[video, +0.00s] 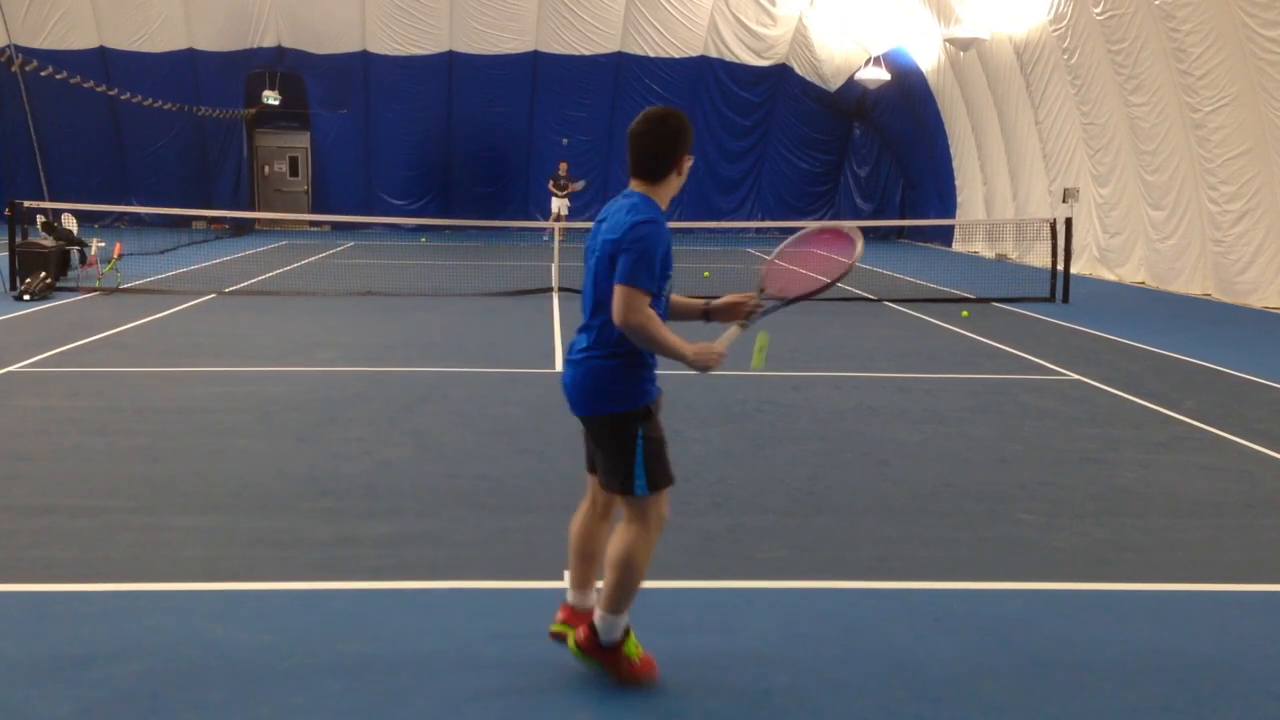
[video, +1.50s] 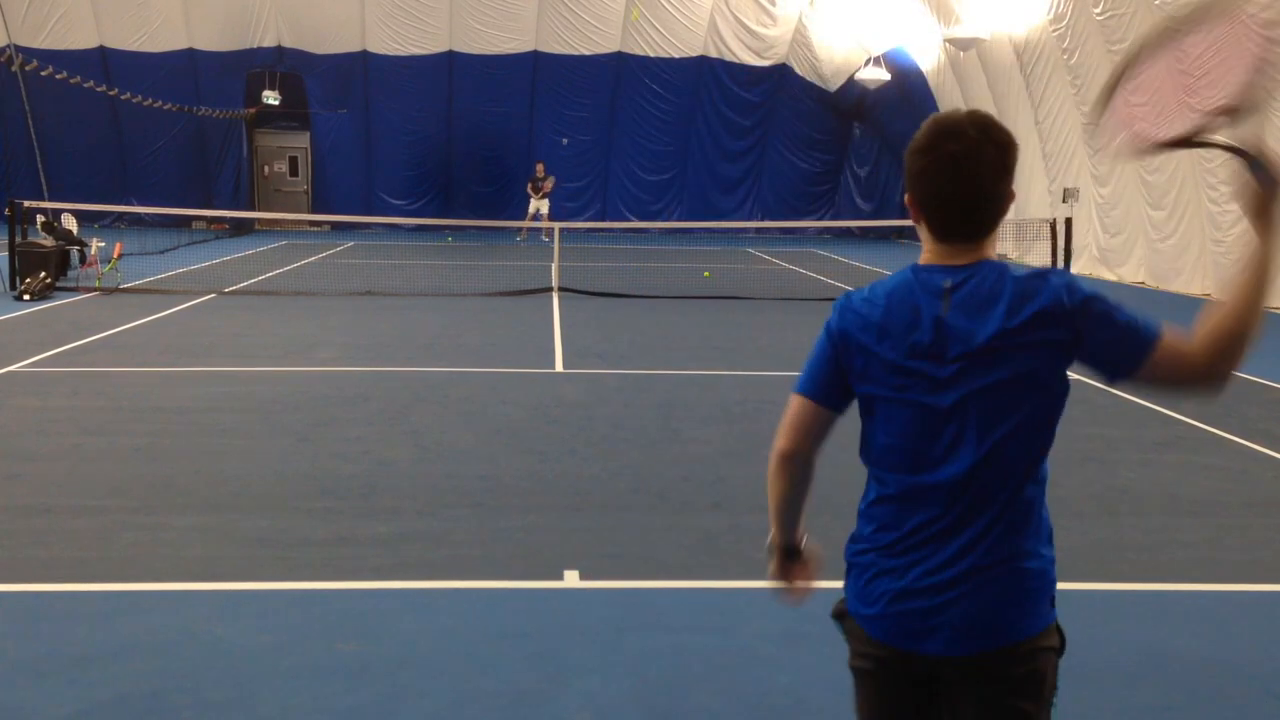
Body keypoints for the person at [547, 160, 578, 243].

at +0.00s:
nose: (564, 167)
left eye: (565, 165)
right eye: (562, 165)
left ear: (567, 167)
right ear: (559, 166)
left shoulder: (568, 177)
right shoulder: (555, 176)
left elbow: (570, 188)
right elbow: (550, 186)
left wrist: (564, 193)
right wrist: (558, 192)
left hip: (564, 199)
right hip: (555, 198)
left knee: (563, 216)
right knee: (554, 214)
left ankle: (562, 234)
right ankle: (548, 231)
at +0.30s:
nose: (555, 167)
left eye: (557, 165)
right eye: (554, 165)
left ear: (559, 166)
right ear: (552, 166)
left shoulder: (562, 176)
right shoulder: (548, 176)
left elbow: (564, 186)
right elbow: (545, 187)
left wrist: (557, 192)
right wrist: (551, 192)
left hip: (558, 199)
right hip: (549, 198)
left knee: (560, 217)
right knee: (545, 216)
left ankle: (561, 234)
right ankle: (541, 233)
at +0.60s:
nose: (544, 168)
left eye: (546, 166)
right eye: (543, 166)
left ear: (548, 167)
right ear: (541, 167)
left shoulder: (553, 177)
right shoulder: (539, 177)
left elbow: (555, 187)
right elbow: (536, 187)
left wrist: (546, 190)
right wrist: (541, 193)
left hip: (550, 198)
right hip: (541, 198)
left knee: (550, 216)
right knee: (539, 216)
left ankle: (560, 232)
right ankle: (540, 234)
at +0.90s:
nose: (541, 168)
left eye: (542, 166)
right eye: (539, 166)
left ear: (545, 167)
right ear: (537, 167)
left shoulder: (549, 177)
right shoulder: (536, 178)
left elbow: (552, 187)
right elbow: (532, 188)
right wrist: (538, 193)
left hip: (546, 199)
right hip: (537, 199)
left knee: (546, 216)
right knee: (536, 216)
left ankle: (547, 235)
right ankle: (538, 234)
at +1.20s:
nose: (536, 168)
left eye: (538, 166)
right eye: (535, 166)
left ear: (541, 167)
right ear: (533, 167)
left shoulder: (545, 178)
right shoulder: (531, 177)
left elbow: (546, 188)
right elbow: (528, 188)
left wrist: (538, 193)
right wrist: (533, 194)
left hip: (542, 199)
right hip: (532, 199)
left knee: (543, 217)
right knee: (526, 216)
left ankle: (547, 235)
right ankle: (522, 234)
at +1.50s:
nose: (539, 169)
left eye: (541, 167)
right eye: (538, 167)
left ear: (543, 168)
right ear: (536, 168)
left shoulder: (547, 179)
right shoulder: (532, 178)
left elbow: (549, 187)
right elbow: (528, 189)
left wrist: (543, 191)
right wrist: (534, 196)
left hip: (544, 200)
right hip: (534, 200)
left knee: (545, 217)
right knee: (529, 217)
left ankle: (545, 235)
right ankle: (523, 234)